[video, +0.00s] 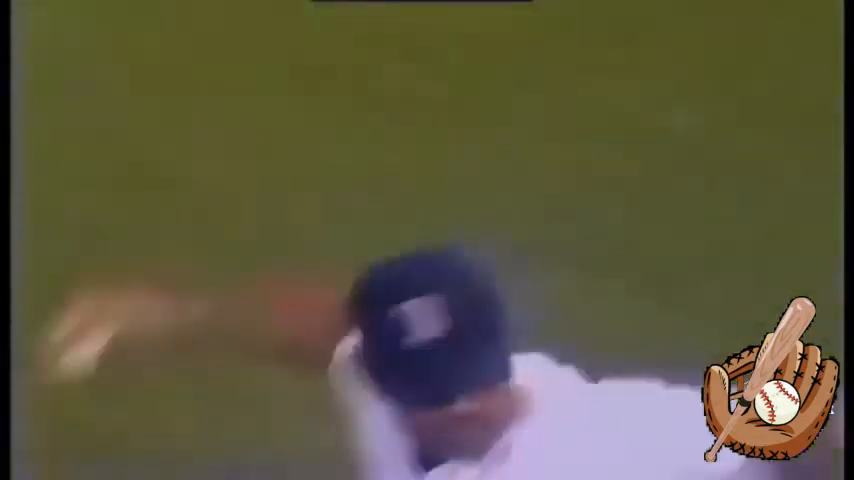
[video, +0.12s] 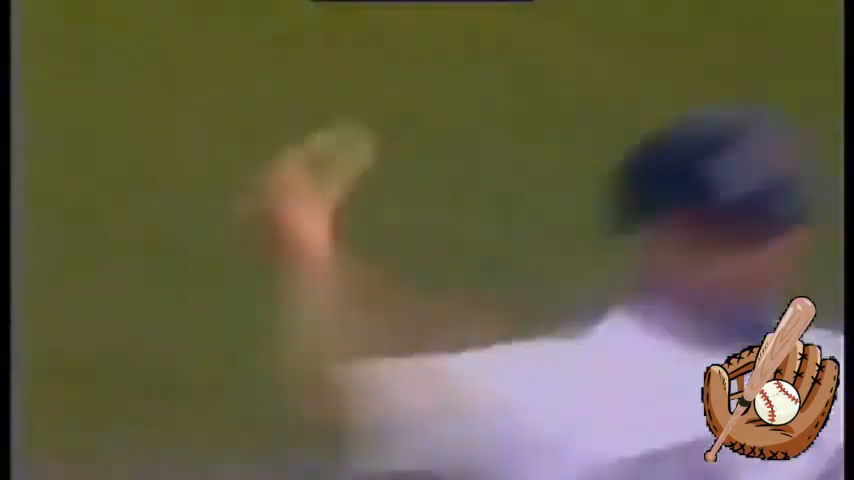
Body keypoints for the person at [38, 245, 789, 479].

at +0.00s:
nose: (456, 408)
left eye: (470, 384)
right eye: (430, 394)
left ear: (502, 361)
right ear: (387, 379)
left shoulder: (613, 442)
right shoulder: (384, 381)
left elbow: (773, 446)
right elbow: (339, 316)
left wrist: (805, 429)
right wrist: (174, 315)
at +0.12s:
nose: (734, 262)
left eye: (757, 236)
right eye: (710, 237)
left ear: (796, 244)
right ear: (661, 241)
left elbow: (325, 385)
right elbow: (325, 389)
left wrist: (304, 240)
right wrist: (308, 244)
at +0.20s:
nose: (822, 198)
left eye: (820, 176)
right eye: (805, 174)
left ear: (713, 181)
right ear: (721, 180)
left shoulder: (605, 243)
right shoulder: (676, 274)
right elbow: (828, 363)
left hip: (388, 459)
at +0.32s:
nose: (681, 164)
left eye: (680, 142)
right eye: (666, 142)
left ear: (553, 136)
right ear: (596, 148)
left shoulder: (374, 178)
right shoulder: (619, 329)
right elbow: (547, 464)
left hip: (157, 449)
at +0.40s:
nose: (559, 154)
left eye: (559, 132)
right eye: (544, 132)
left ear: (430, 124)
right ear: (480, 138)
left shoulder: (252, 173)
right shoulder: (514, 293)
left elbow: (148, 336)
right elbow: (408, 456)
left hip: (71, 448)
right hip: (269, 461)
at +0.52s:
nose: (394, 92)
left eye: (392, 74)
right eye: (379, 74)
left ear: (272, 79)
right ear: (306, 84)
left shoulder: (141, 150)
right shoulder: (340, 209)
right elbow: (469, 396)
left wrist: (357, 236)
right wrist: (602, 464)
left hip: (21, 443)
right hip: (126, 470)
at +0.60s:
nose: (357, 79)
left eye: (356, 60)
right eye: (341, 59)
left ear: (251, 66)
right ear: (263, 67)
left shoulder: (134, 143)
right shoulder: (276, 170)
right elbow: (435, 276)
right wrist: (611, 265)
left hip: (34, 448)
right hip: (130, 464)